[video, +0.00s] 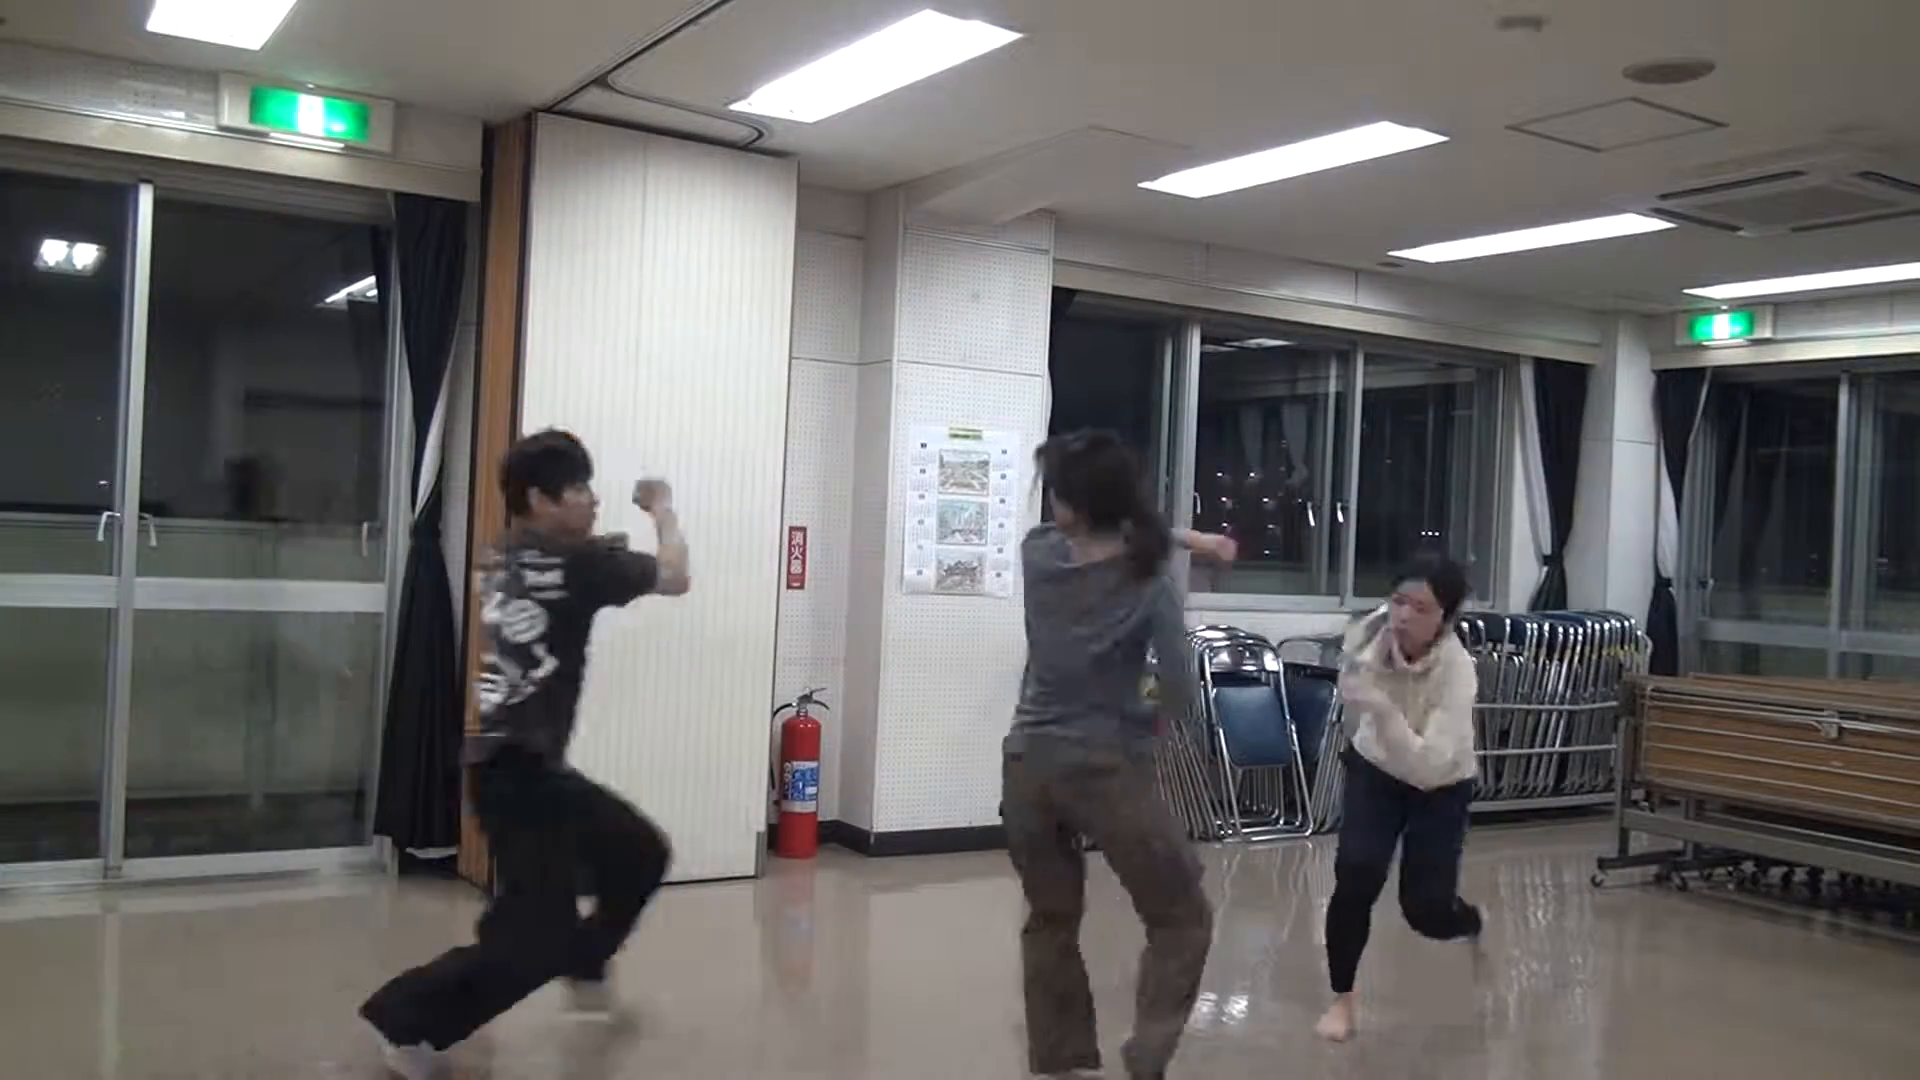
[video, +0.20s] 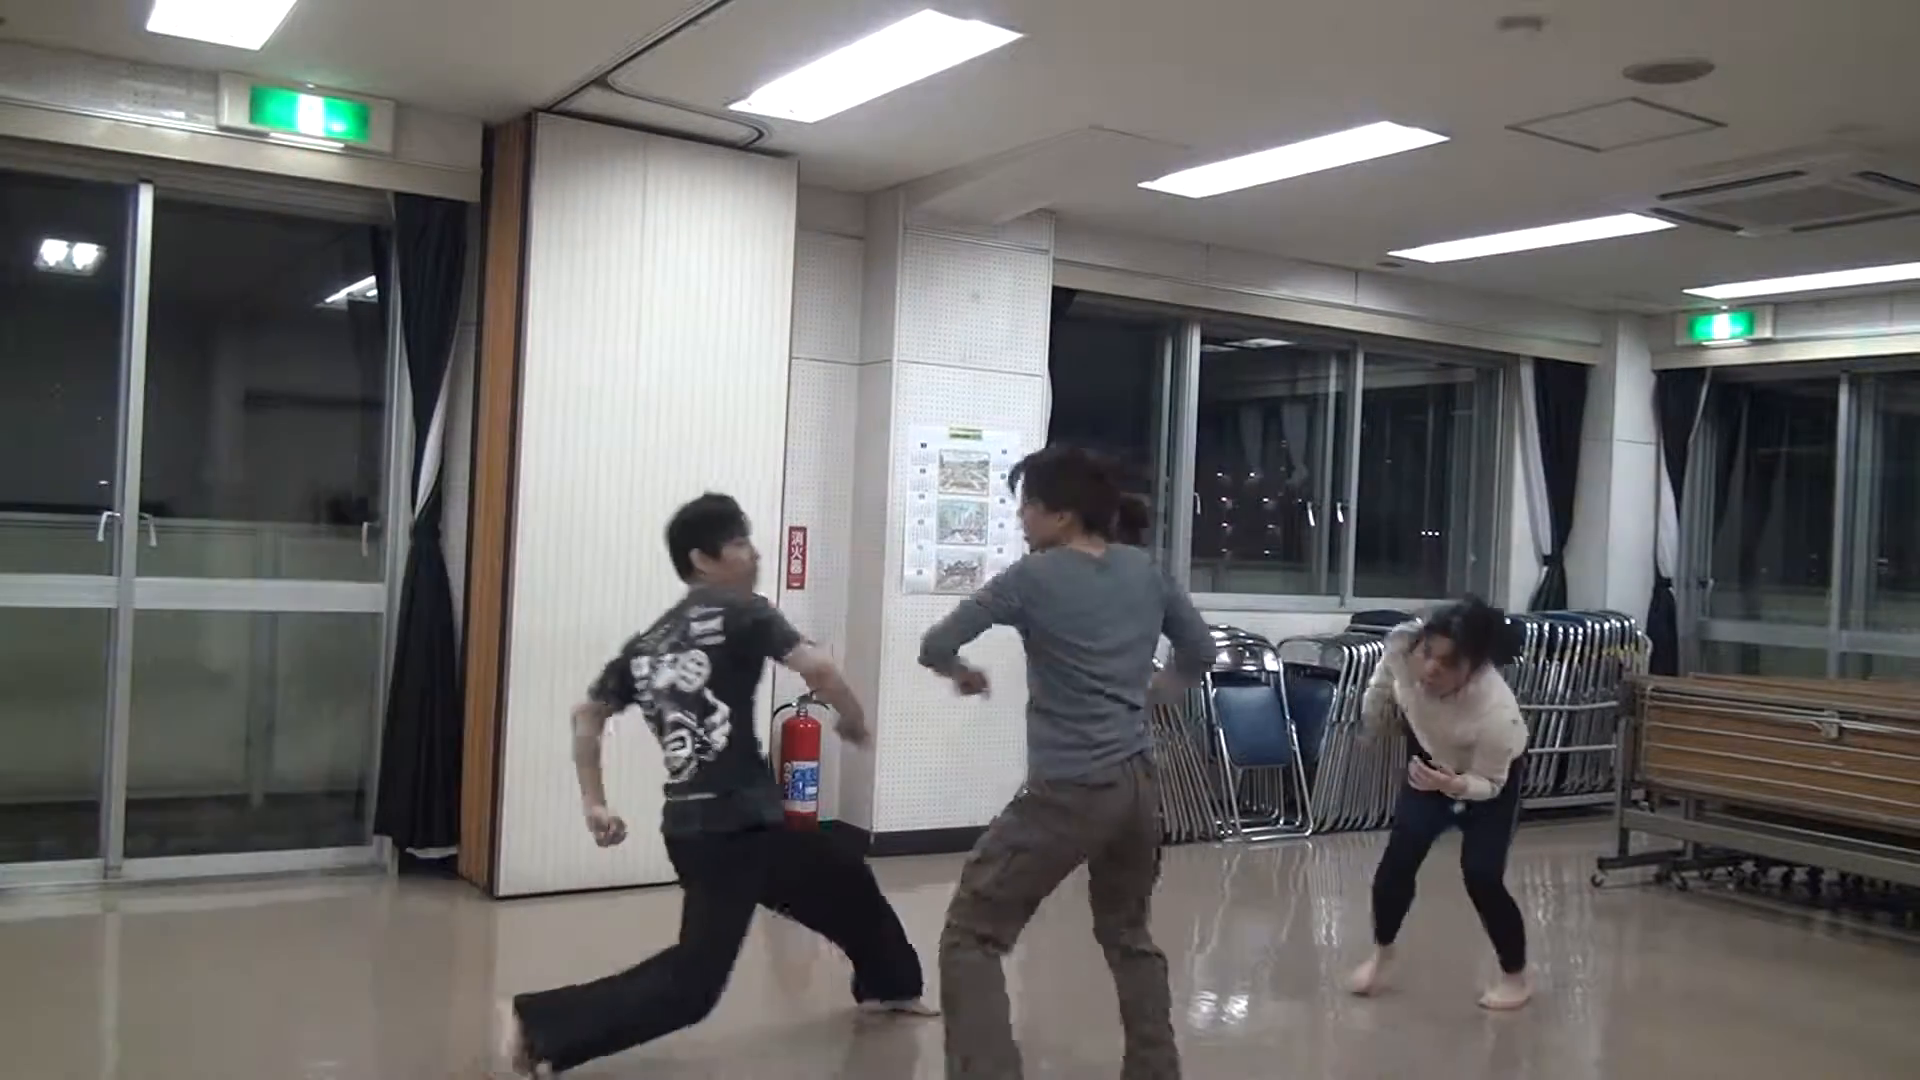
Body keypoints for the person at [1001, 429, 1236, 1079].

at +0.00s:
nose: (1047, 501)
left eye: (1053, 492)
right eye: (1049, 491)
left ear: (1069, 502)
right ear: (1126, 500)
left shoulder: (1035, 552)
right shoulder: (1156, 576)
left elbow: (1107, 537)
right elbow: (1178, 681)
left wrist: (1185, 538)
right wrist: (1156, 713)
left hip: (1028, 764)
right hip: (1105, 767)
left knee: (1050, 918)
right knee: (1179, 916)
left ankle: (1061, 1066)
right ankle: (1146, 1062)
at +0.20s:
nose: (1020, 518)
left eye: (1027, 506)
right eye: (1021, 505)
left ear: (1062, 511)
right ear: (1087, 510)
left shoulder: (1031, 578)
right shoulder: (1149, 569)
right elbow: (1199, 651)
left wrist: (957, 672)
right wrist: (1156, 696)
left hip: (1064, 797)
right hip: (1138, 793)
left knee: (971, 940)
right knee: (1129, 934)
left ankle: (988, 1073)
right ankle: (1155, 1071)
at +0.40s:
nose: (969, 678)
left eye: (968, 665)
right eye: (965, 667)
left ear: (991, 650)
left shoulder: (1070, 682)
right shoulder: (1028, 676)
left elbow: (1029, 717)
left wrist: (963, 739)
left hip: (1087, 859)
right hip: (1059, 852)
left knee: (977, 970)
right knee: (1064, 944)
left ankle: (969, 1074)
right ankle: (1155, 1029)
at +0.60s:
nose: (977, 643)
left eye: (984, 629)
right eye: (974, 631)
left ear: (1030, 623)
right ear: (1034, 622)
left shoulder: (1077, 685)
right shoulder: (1051, 672)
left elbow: (1093, 793)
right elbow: (1040, 758)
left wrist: (1017, 766)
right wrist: (995, 801)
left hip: (1101, 858)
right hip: (1097, 848)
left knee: (973, 974)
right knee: (1079, 932)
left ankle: (974, 1071)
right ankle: (1145, 1041)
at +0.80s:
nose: (1000, 616)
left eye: (1008, 603)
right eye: (1002, 604)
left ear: (1047, 603)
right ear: (1055, 606)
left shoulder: (1014, 662)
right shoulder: (1126, 664)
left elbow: (1027, 764)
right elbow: (1163, 766)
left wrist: (1087, 777)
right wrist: (1111, 784)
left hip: (1086, 852)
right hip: (1151, 843)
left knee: (974, 976)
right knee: (1115, 919)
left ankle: (961, 1071)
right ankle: (1156, 1039)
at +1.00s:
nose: (1047, 585)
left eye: (1052, 572)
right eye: (1045, 574)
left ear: (1095, 569)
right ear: (1101, 575)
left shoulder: (1053, 610)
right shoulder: (1144, 657)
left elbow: (973, 587)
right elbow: (1188, 745)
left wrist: (957, 579)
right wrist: (1127, 782)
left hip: (1037, 839)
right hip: (1096, 839)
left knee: (948, 966)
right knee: (1086, 925)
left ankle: (947, 1070)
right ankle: (1147, 1042)